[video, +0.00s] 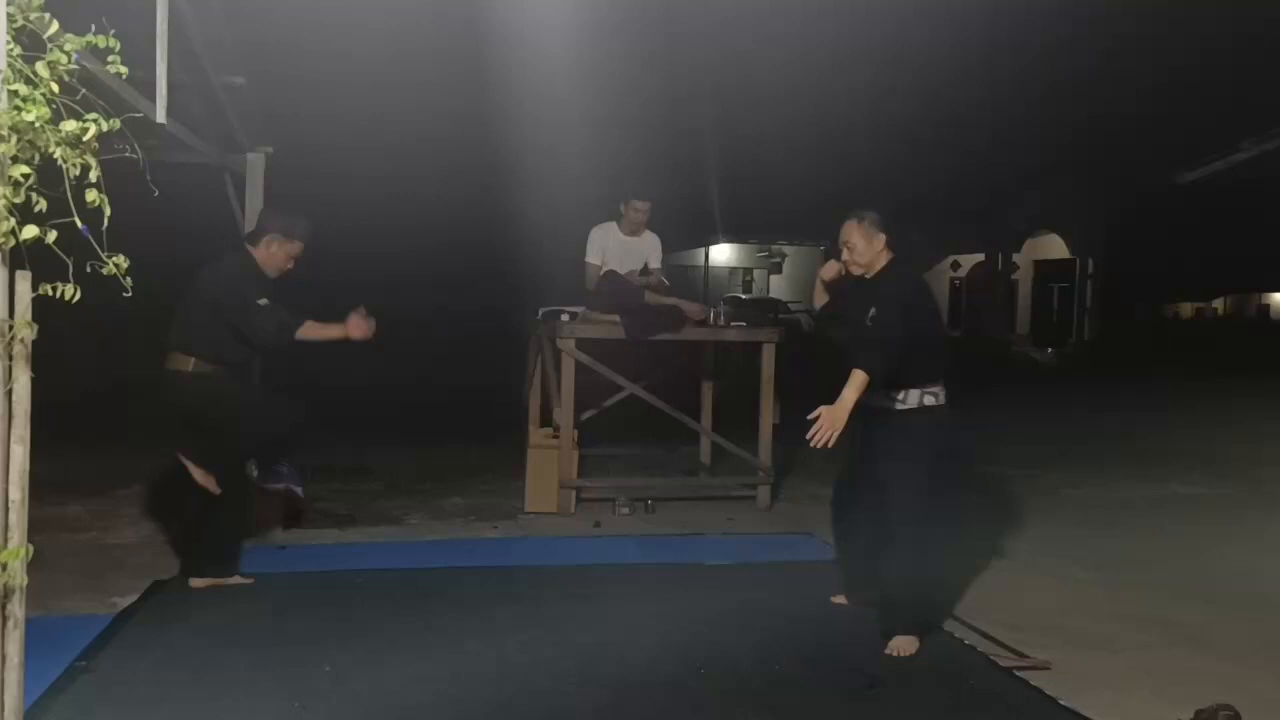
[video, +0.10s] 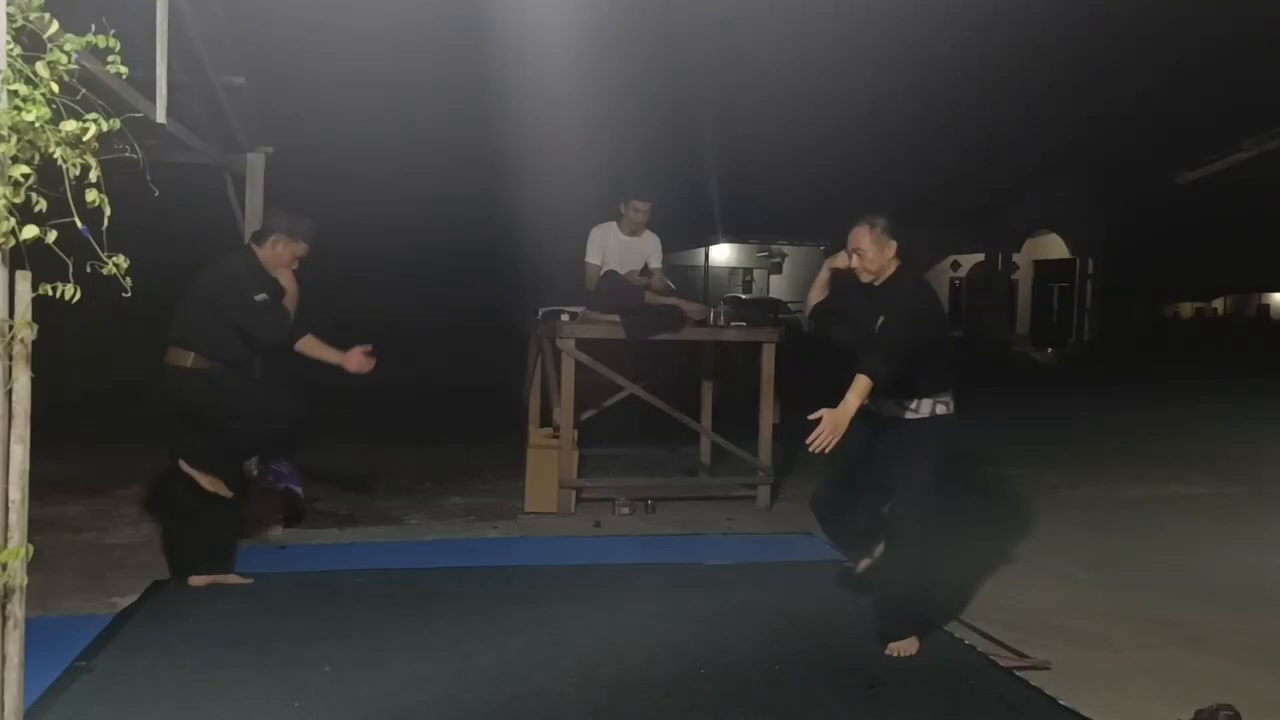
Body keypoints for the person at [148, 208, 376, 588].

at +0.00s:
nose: (291, 266)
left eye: (295, 259)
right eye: (290, 256)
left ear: (268, 245)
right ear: (268, 243)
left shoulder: (234, 270)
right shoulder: (238, 276)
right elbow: (278, 328)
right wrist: (345, 330)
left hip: (194, 378)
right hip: (199, 383)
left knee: (221, 475)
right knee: (225, 476)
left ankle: (211, 567)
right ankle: (208, 569)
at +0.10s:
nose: (295, 266)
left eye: (298, 260)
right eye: (295, 257)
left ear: (274, 244)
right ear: (274, 243)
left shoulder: (254, 273)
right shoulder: (241, 273)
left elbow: (291, 334)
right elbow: (274, 333)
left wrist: (342, 358)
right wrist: (291, 294)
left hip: (205, 379)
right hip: (193, 380)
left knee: (222, 478)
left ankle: (210, 569)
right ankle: (203, 459)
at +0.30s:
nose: (304, 305)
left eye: (307, 299)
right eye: (303, 297)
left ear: (282, 287)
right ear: (280, 285)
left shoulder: (269, 320)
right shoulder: (249, 317)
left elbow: (276, 385)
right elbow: (275, 386)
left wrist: (322, 405)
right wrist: (309, 347)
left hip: (249, 421)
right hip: (228, 422)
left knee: (241, 493)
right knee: (219, 494)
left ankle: (227, 566)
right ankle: (205, 572)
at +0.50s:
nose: (306, 337)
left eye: (306, 329)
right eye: (302, 328)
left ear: (276, 326)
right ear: (276, 326)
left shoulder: (257, 357)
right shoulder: (249, 359)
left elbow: (266, 433)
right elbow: (278, 430)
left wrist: (299, 476)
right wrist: (332, 432)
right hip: (187, 455)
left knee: (279, 498)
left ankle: (234, 564)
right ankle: (213, 575)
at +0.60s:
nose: (300, 314)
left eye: (300, 305)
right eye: (295, 305)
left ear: (274, 306)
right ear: (270, 305)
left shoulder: (259, 339)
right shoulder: (246, 340)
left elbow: (274, 408)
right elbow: (283, 403)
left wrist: (309, 454)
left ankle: (240, 562)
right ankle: (215, 575)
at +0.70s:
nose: (294, 279)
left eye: (294, 271)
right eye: (288, 271)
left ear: (266, 272)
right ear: (263, 272)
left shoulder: (268, 312)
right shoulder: (244, 316)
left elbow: (297, 369)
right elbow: (293, 370)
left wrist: (343, 395)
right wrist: (308, 327)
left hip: (255, 421)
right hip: (238, 426)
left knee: (251, 496)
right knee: (238, 498)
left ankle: (236, 566)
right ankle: (216, 575)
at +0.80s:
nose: (288, 260)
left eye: (288, 251)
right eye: (282, 252)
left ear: (262, 253)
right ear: (259, 252)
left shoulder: (255, 290)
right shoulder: (237, 294)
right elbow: (278, 340)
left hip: (236, 405)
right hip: (220, 408)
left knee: (239, 483)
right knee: (233, 485)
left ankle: (232, 566)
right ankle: (215, 575)